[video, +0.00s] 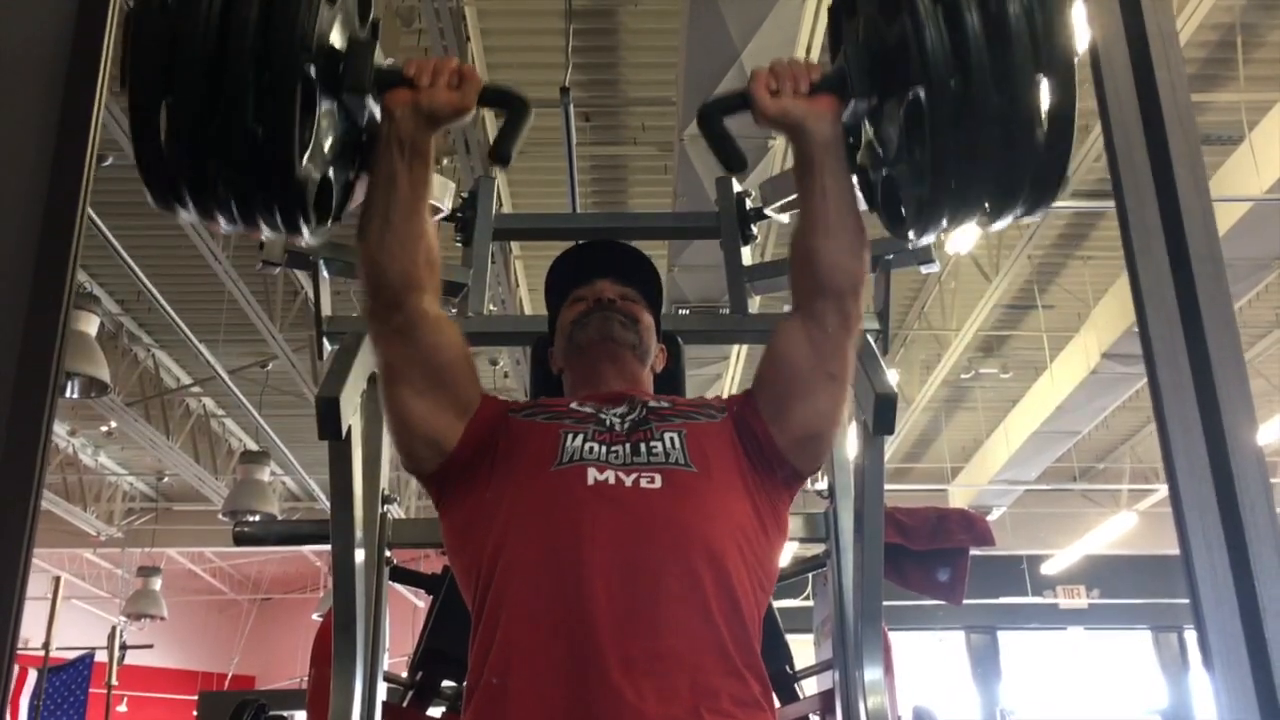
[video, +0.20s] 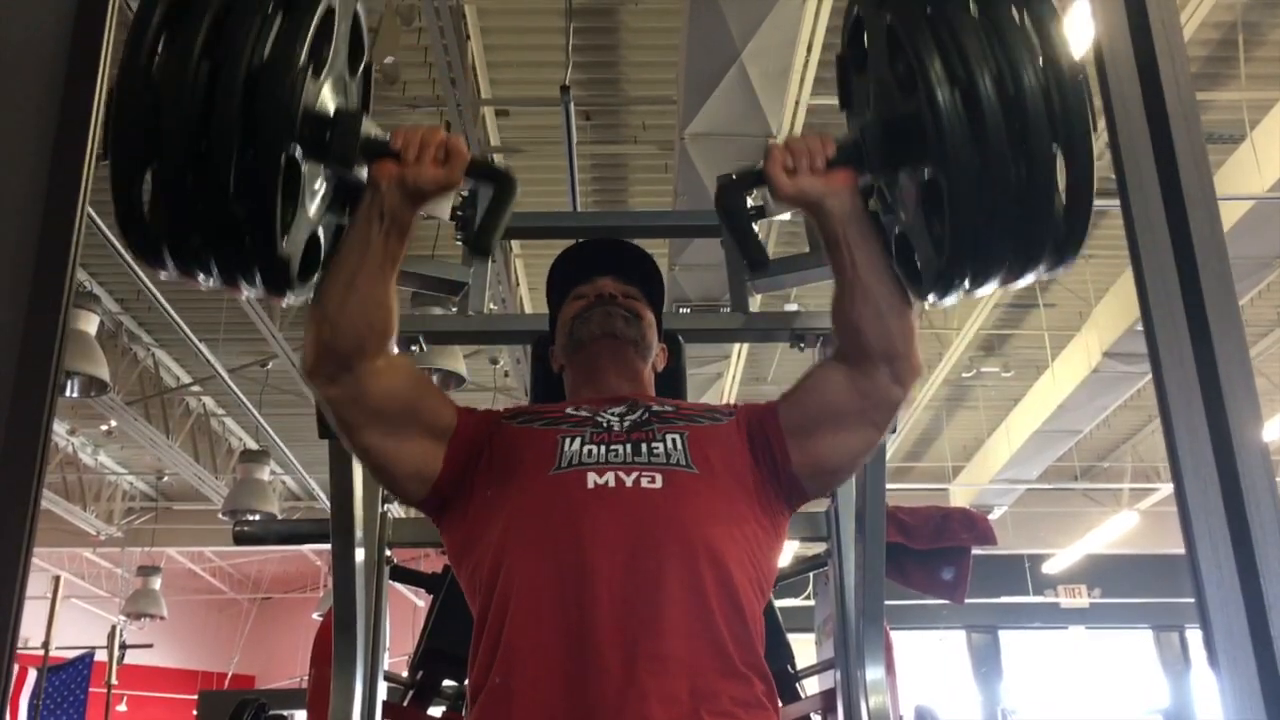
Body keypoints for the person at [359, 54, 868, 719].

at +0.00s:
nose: (605, 302)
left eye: (629, 302)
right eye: (581, 303)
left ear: (661, 355)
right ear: (551, 355)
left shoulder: (751, 442)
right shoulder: (483, 446)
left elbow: (831, 300)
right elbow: (401, 301)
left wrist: (818, 133)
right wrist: (407, 130)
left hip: (724, 708)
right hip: (517, 708)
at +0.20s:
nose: (606, 296)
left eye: (631, 297)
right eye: (582, 296)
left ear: (662, 351)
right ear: (551, 350)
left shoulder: (751, 441)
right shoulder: (478, 448)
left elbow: (883, 368)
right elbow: (342, 366)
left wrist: (838, 208)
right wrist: (391, 205)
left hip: (726, 702)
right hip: (526, 702)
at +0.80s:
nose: (610, 298)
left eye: (635, 299)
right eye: (585, 300)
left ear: (666, 357)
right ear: (554, 357)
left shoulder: (744, 454)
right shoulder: (489, 461)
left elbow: (924, 516)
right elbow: (296, 530)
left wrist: (877, 390)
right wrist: (346, 384)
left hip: (729, 706)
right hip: (528, 706)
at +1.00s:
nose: (615, 296)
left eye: (638, 297)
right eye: (590, 297)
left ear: (670, 357)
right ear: (556, 356)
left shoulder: (746, 455)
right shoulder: (486, 463)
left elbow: (920, 518)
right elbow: (301, 541)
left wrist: (879, 404)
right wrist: (343, 409)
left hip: (727, 707)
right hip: (528, 708)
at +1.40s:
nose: (615, 306)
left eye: (638, 309)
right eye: (589, 308)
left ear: (669, 363)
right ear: (555, 363)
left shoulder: (744, 455)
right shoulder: (490, 461)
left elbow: (921, 478)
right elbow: (297, 482)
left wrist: (876, 363)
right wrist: (354, 347)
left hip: (725, 703)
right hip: (525, 704)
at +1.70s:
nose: (607, 316)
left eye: (632, 313)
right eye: (584, 313)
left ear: (665, 360)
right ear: (553, 361)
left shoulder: (752, 448)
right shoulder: (480, 450)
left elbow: (895, 380)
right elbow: (333, 363)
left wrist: (844, 229)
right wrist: (388, 215)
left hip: (725, 704)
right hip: (522, 705)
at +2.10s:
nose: (611, 308)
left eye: (635, 309)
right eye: (588, 307)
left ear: (666, 360)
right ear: (558, 358)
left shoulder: (756, 449)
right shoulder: (485, 450)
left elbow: (834, 310)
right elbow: (407, 300)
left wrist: (822, 139)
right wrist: (410, 130)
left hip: (727, 708)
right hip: (518, 707)